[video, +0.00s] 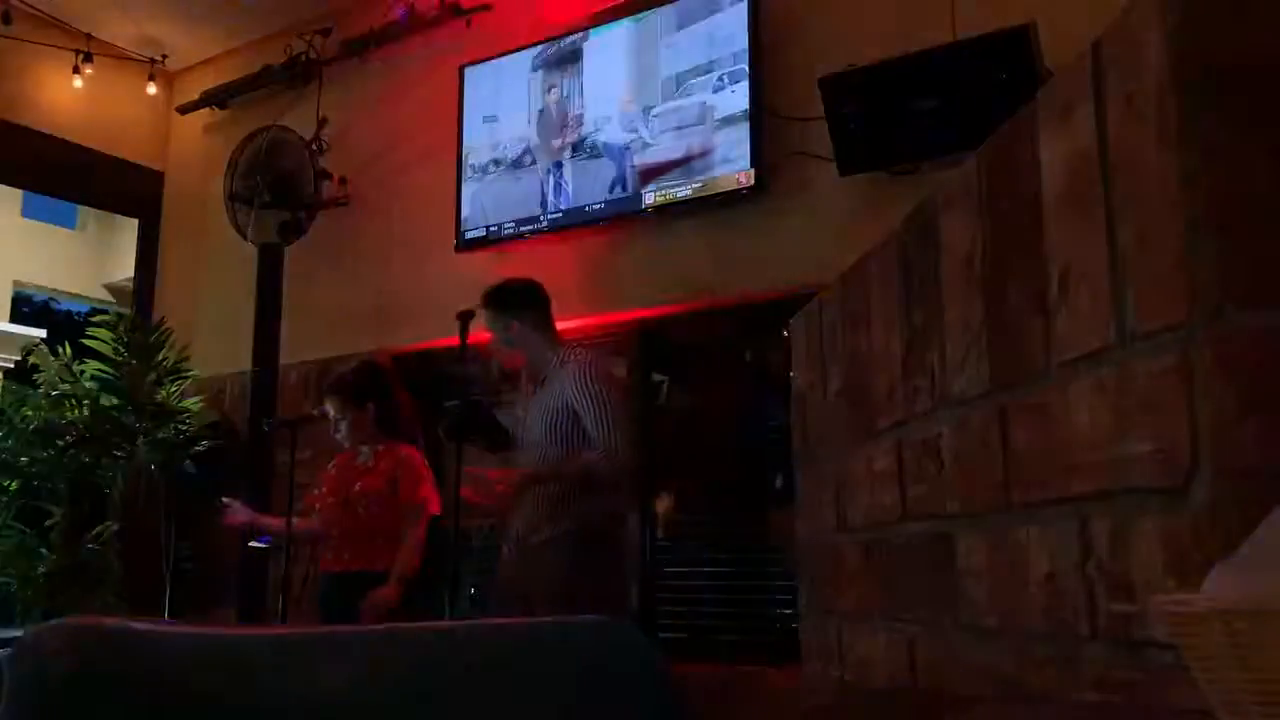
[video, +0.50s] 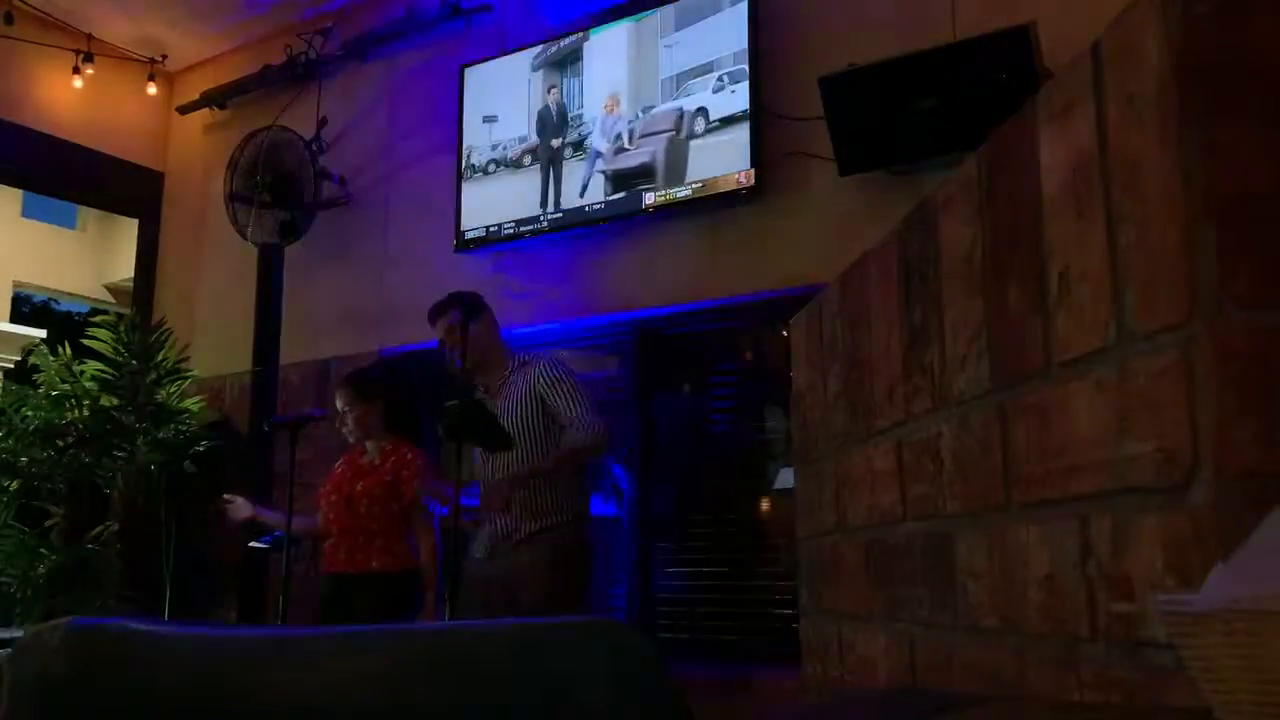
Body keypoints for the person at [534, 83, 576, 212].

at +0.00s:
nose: (556, 96)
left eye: (558, 93)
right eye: (553, 93)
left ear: (559, 94)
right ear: (547, 95)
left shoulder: (562, 109)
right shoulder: (543, 112)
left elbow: (567, 127)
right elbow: (541, 132)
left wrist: (563, 139)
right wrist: (550, 142)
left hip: (560, 148)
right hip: (547, 150)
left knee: (561, 177)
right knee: (548, 177)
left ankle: (562, 204)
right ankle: (547, 206)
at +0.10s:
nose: (556, 96)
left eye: (558, 93)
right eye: (554, 93)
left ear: (559, 95)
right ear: (548, 95)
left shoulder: (562, 109)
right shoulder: (542, 111)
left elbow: (565, 126)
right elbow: (540, 133)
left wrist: (561, 139)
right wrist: (550, 141)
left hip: (558, 148)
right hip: (545, 149)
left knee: (558, 179)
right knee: (545, 178)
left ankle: (557, 206)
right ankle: (543, 207)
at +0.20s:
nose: (556, 96)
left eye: (557, 93)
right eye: (553, 94)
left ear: (559, 95)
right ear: (548, 95)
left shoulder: (562, 109)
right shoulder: (542, 111)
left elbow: (565, 126)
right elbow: (539, 132)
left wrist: (561, 139)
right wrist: (550, 141)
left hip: (558, 148)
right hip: (546, 149)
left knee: (558, 179)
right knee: (545, 179)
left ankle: (557, 206)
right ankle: (543, 207)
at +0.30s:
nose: (556, 96)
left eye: (557, 93)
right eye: (554, 94)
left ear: (559, 95)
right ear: (548, 95)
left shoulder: (562, 110)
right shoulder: (542, 111)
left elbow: (565, 126)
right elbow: (539, 131)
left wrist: (561, 138)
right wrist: (550, 141)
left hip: (558, 147)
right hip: (546, 148)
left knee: (558, 179)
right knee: (545, 179)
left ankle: (557, 205)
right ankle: (543, 207)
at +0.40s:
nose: (556, 96)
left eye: (557, 93)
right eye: (554, 94)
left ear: (559, 95)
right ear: (548, 95)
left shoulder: (562, 110)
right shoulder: (542, 111)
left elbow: (565, 126)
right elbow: (539, 132)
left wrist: (561, 138)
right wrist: (550, 141)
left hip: (558, 148)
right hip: (545, 148)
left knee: (558, 178)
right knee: (545, 179)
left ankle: (557, 205)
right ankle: (543, 207)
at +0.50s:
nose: (556, 96)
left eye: (557, 93)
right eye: (554, 94)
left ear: (559, 95)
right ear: (548, 95)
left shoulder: (562, 110)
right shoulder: (542, 112)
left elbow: (565, 126)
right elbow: (539, 131)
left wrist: (561, 138)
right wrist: (550, 141)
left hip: (558, 148)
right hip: (545, 149)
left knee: (558, 179)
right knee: (545, 179)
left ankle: (557, 205)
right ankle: (543, 207)